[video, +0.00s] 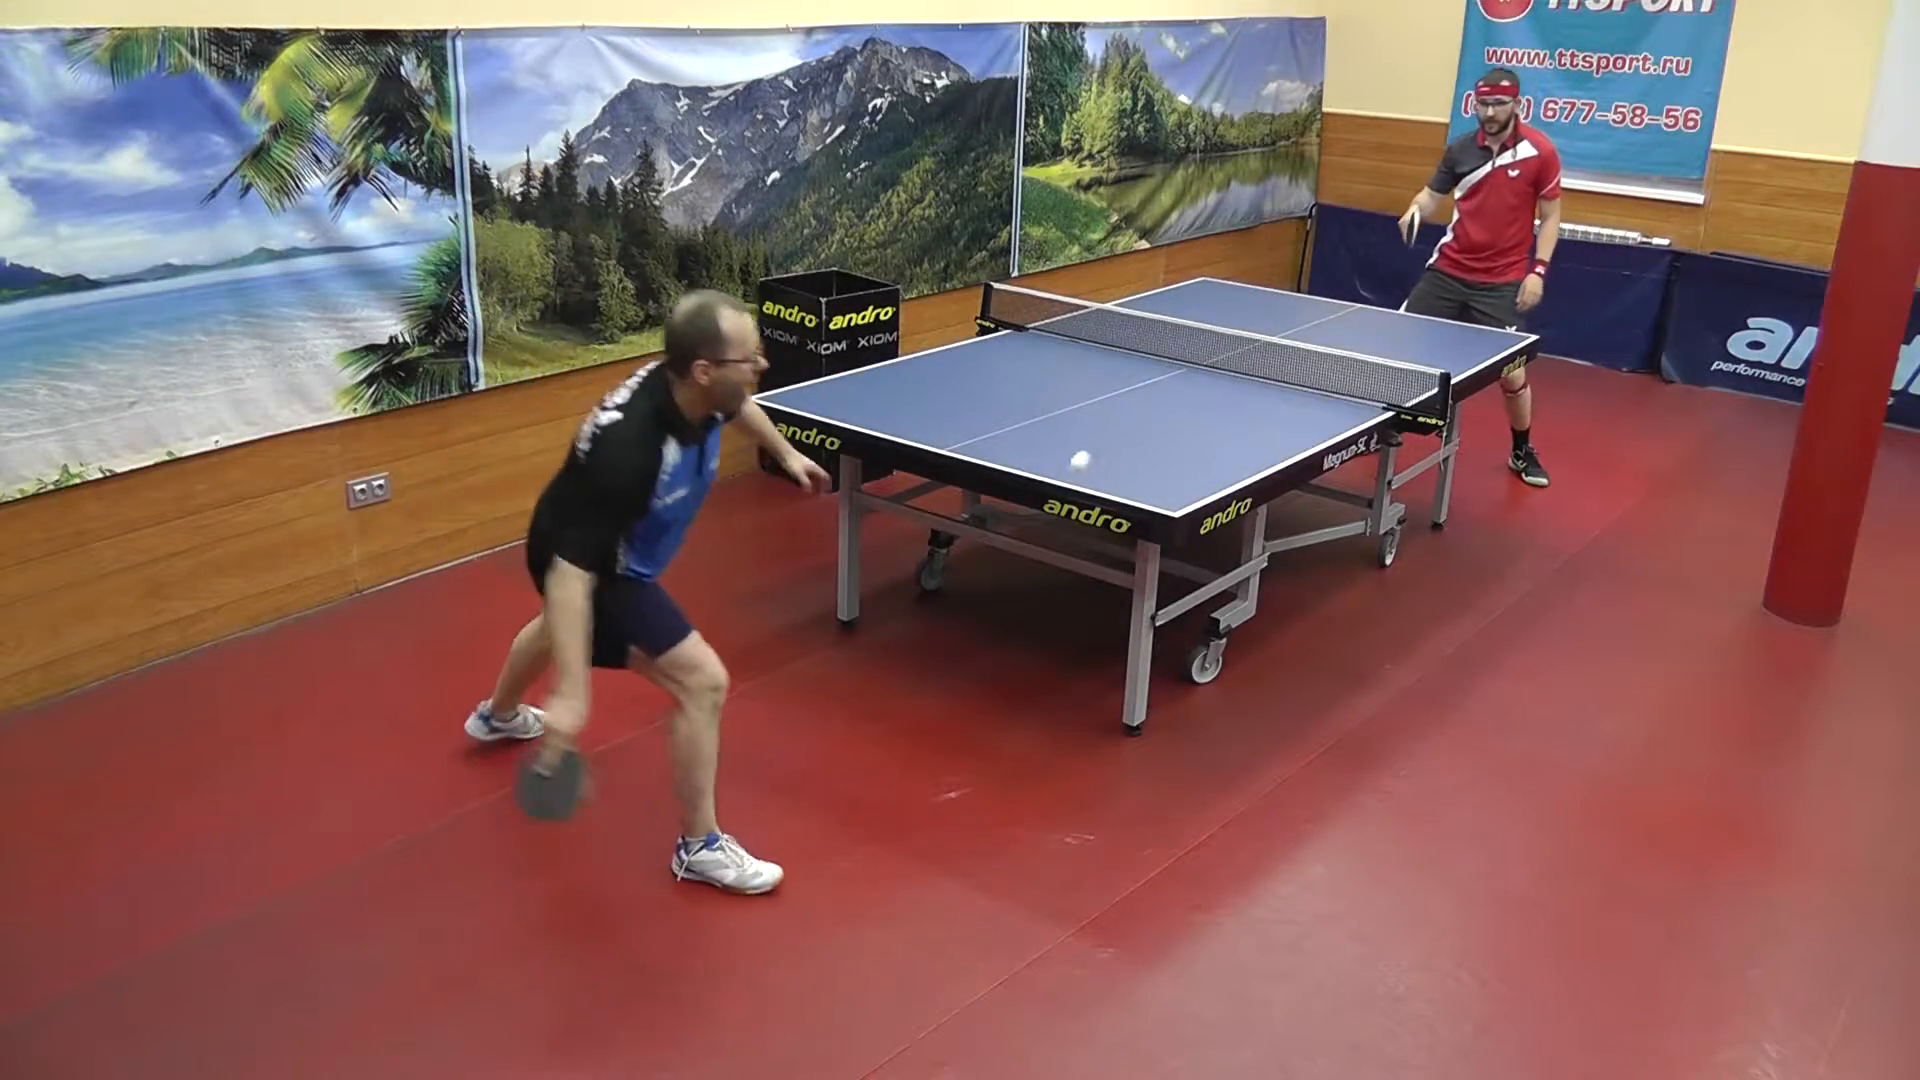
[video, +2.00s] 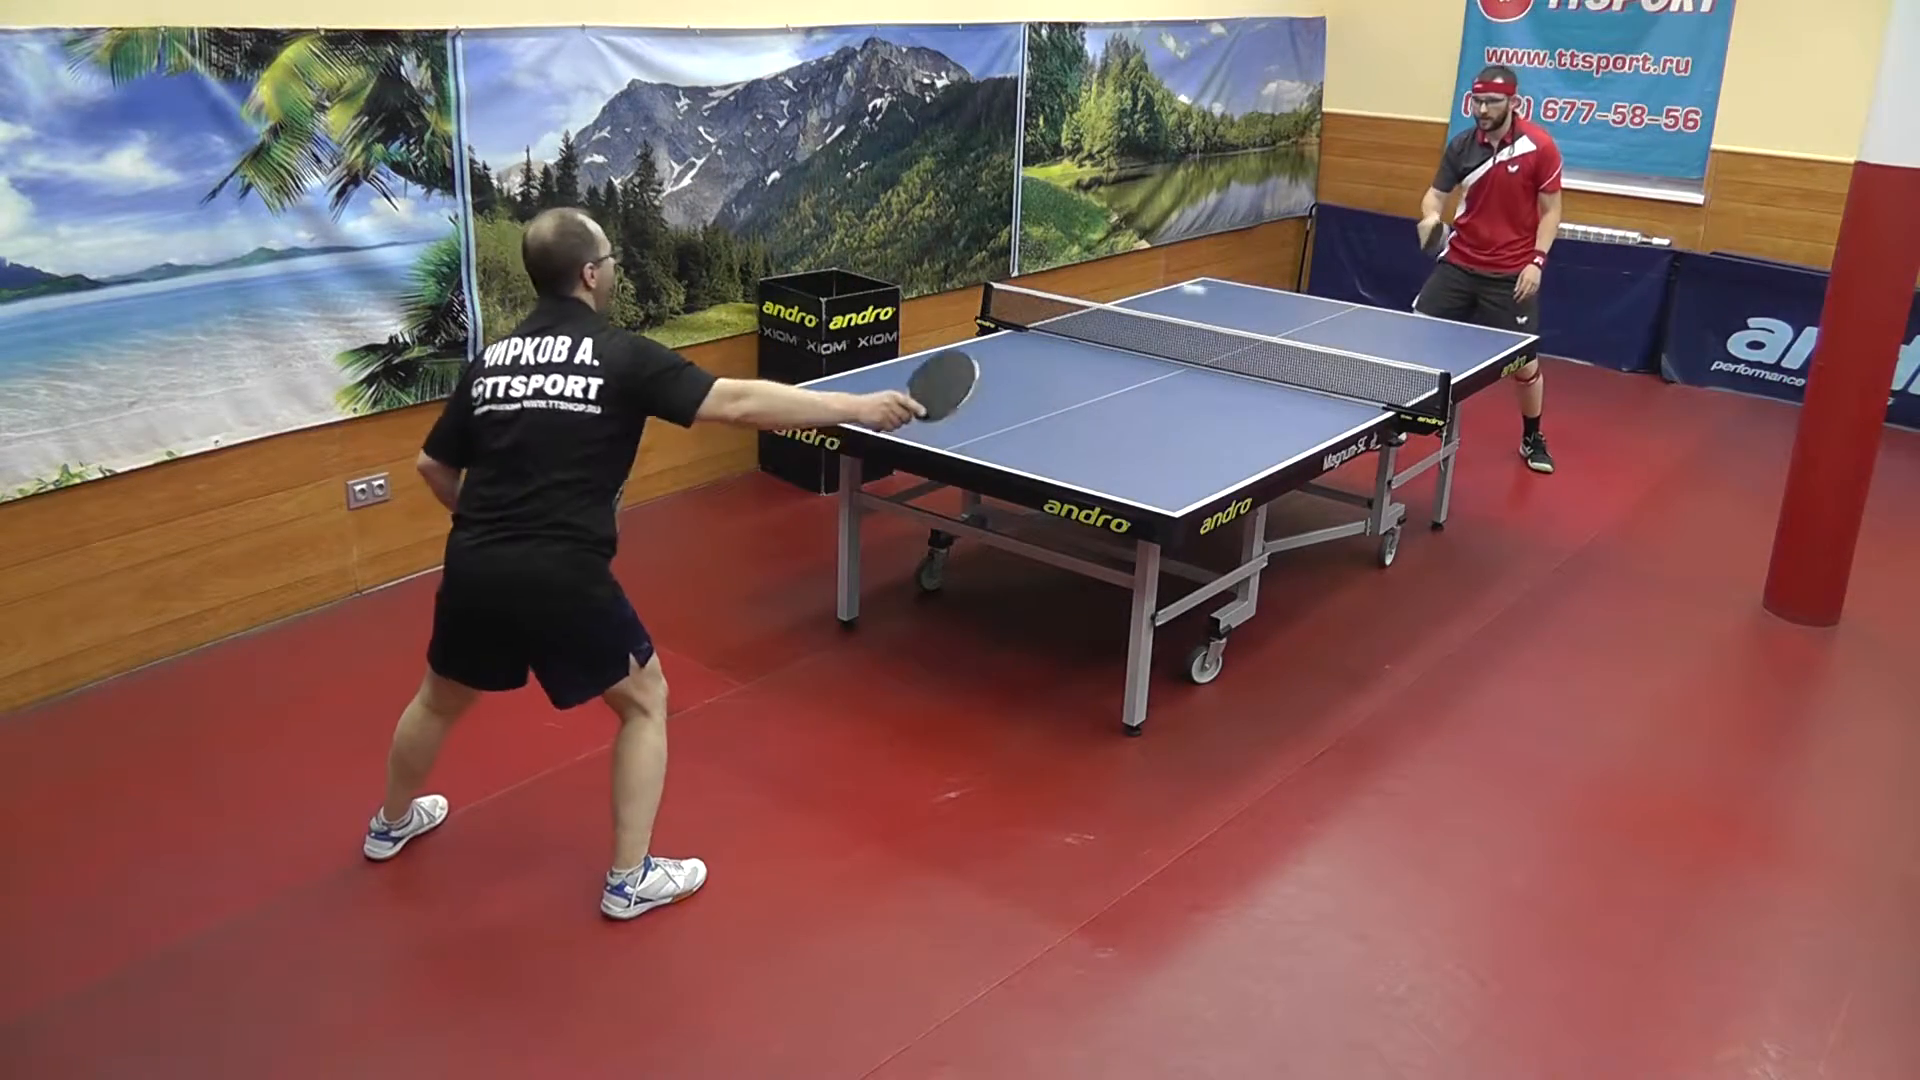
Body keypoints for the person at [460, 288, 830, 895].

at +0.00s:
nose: (758, 368)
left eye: (756, 356)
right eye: (747, 360)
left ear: (707, 368)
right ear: (701, 371)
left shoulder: (693, 384)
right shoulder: (626, 445)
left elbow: (734, 399)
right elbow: (569, 572)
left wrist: (783, 449)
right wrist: (571, 697)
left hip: (611, 556)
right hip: (596, 575)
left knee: (556, 627)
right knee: (703, 683)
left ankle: (496, 712)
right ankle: (701, 842)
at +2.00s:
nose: (612, 270)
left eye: (607, 258)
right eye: (606, 259)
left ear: (540, 275)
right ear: (588, 273)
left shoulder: (494, 357)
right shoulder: (622, 353)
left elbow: (435, 463)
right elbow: (732, 401)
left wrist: (483, 522)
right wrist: (856, 405)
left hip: (476, 567)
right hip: (564, 574)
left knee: (436, 700)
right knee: (643, 700)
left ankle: (388, 821)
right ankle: (630, 874)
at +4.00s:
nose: (526, 258)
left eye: (522, 245)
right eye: (520, 248)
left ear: (456, 255)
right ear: (496, 258)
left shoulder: (408, 324)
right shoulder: (504, 342)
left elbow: (367, 427)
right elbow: (556, 469)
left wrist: (425, 456)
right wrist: (566, 499)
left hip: (383, 529)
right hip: (453, 540)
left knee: (418, 638)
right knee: (529, 696)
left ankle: (389, 755)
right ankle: (532, 874)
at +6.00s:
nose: (450, 200)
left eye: (443, 187)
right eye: (441, 191)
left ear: (390, 213)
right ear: (417, 208)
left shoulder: (368, 299)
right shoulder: (439, 287)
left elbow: (360, 395)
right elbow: (535, 321)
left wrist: (440, 382)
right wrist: (630, 252)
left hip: (389, 493)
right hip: (450, 492)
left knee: (418, 623)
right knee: (501, 661)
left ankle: (400, 747)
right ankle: (504, 843)